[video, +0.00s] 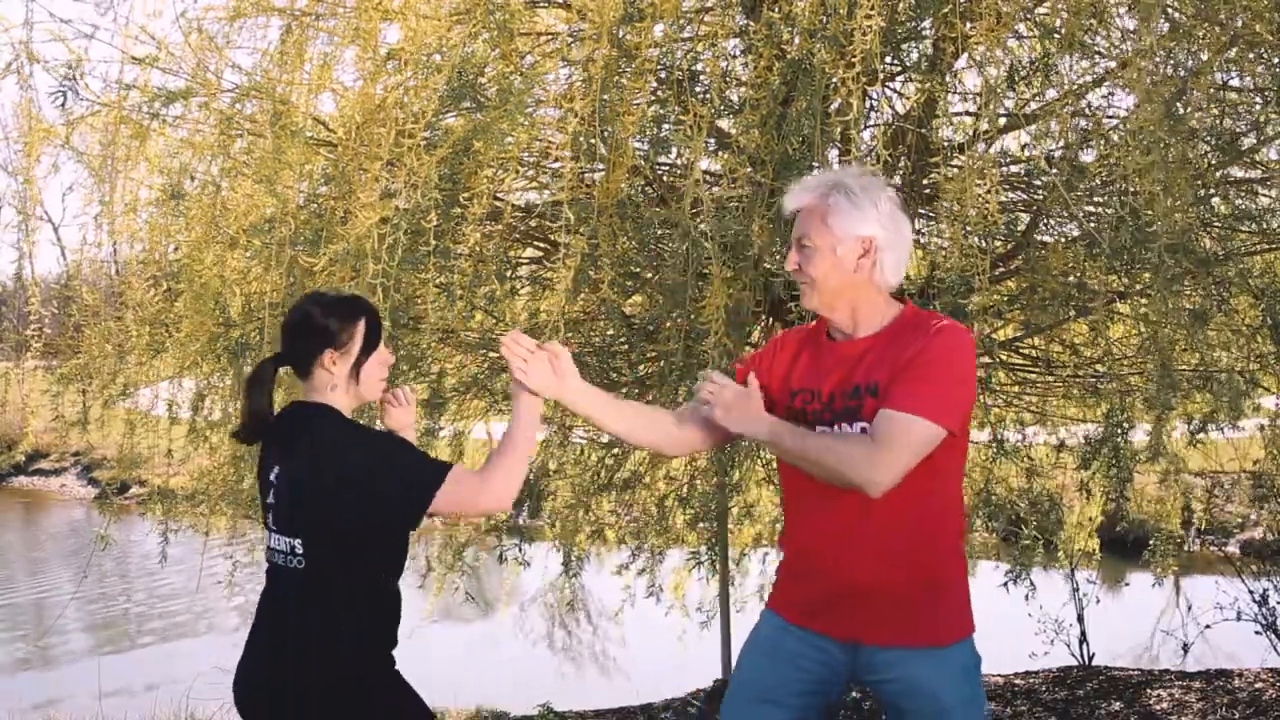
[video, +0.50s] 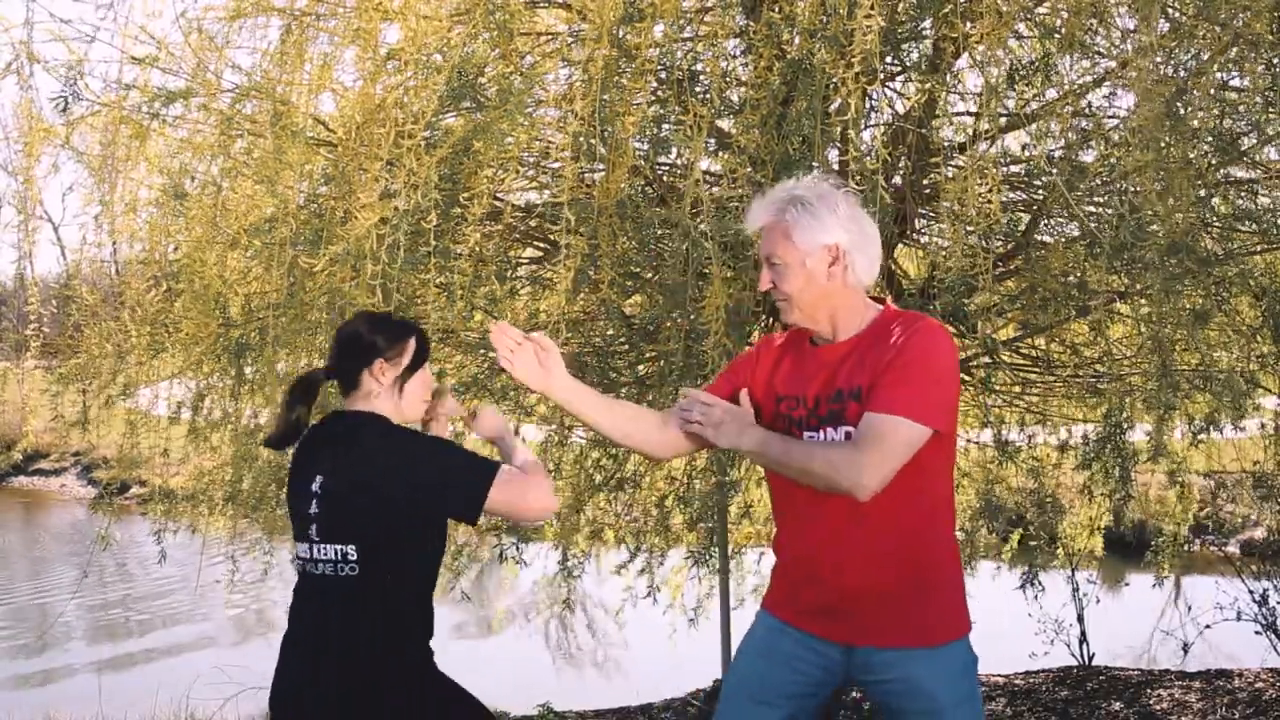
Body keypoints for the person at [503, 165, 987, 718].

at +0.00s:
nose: (790, 264)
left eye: (805, 247)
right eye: (792, 247)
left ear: (863, 253)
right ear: (855, 253)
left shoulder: (940, 344)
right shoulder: (786, 354)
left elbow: (877, 469)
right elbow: (681, 430)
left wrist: (759, 425)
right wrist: (573, 390)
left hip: (922, 640)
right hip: (797, 627)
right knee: (741, 711)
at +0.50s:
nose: (762, 282)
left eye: (774, 264)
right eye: (761, 266)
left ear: (834, 260)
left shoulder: (920, 343)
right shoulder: (768, 360)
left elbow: (863, 472)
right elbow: (665, 435)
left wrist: (749, 438)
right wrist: (561, 386)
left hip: (917, 640)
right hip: (793, 629)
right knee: (735, 711)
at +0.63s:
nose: (764, 286)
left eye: (776, 268)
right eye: (764, 268)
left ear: (833, 264)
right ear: (829, 265)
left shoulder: (923, 342)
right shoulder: (778, 356)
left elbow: (864, 468)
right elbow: (705, 429)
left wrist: (767, 403)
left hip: (921, 638)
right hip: (797, 628)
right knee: (740, 710)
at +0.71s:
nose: (771, 293)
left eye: (782, 275)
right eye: (770, 275)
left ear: (840, 268)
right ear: (832, 271)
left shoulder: (935, 345)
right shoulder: (790, 358)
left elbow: (867, 463)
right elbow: (704, 465)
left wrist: (781, 380)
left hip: (929, 640)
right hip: (805, 630)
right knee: (748, 709)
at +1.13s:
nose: (829, 282)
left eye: (845, 268)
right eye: (830, 266)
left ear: (906, 273)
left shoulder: (960, 371)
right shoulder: (821, 356)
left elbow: (848, 479)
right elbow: (746, 467)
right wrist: (728, 559)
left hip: (940, 644)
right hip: (818, 631)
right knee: (760, 710)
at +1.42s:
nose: (843, 271)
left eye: (863, 258)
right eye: (846, 254)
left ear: (922, 274)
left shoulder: (945, 370)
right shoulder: (834, 349)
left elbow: (794, 434)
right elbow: (785, 444)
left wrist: (687, 413)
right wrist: (767, 502)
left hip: (926, 642)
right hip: (813, 627)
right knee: (759, 710)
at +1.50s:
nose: (845, 267)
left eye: (865, 254)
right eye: (846, 250)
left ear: (922, 270)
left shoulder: (933, 358)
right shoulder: (832, 347)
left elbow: (792, 449)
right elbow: (790, 451)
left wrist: (718, 462)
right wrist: (801, 489)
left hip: (920, 640)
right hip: (811, 627)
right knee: (758, 710)